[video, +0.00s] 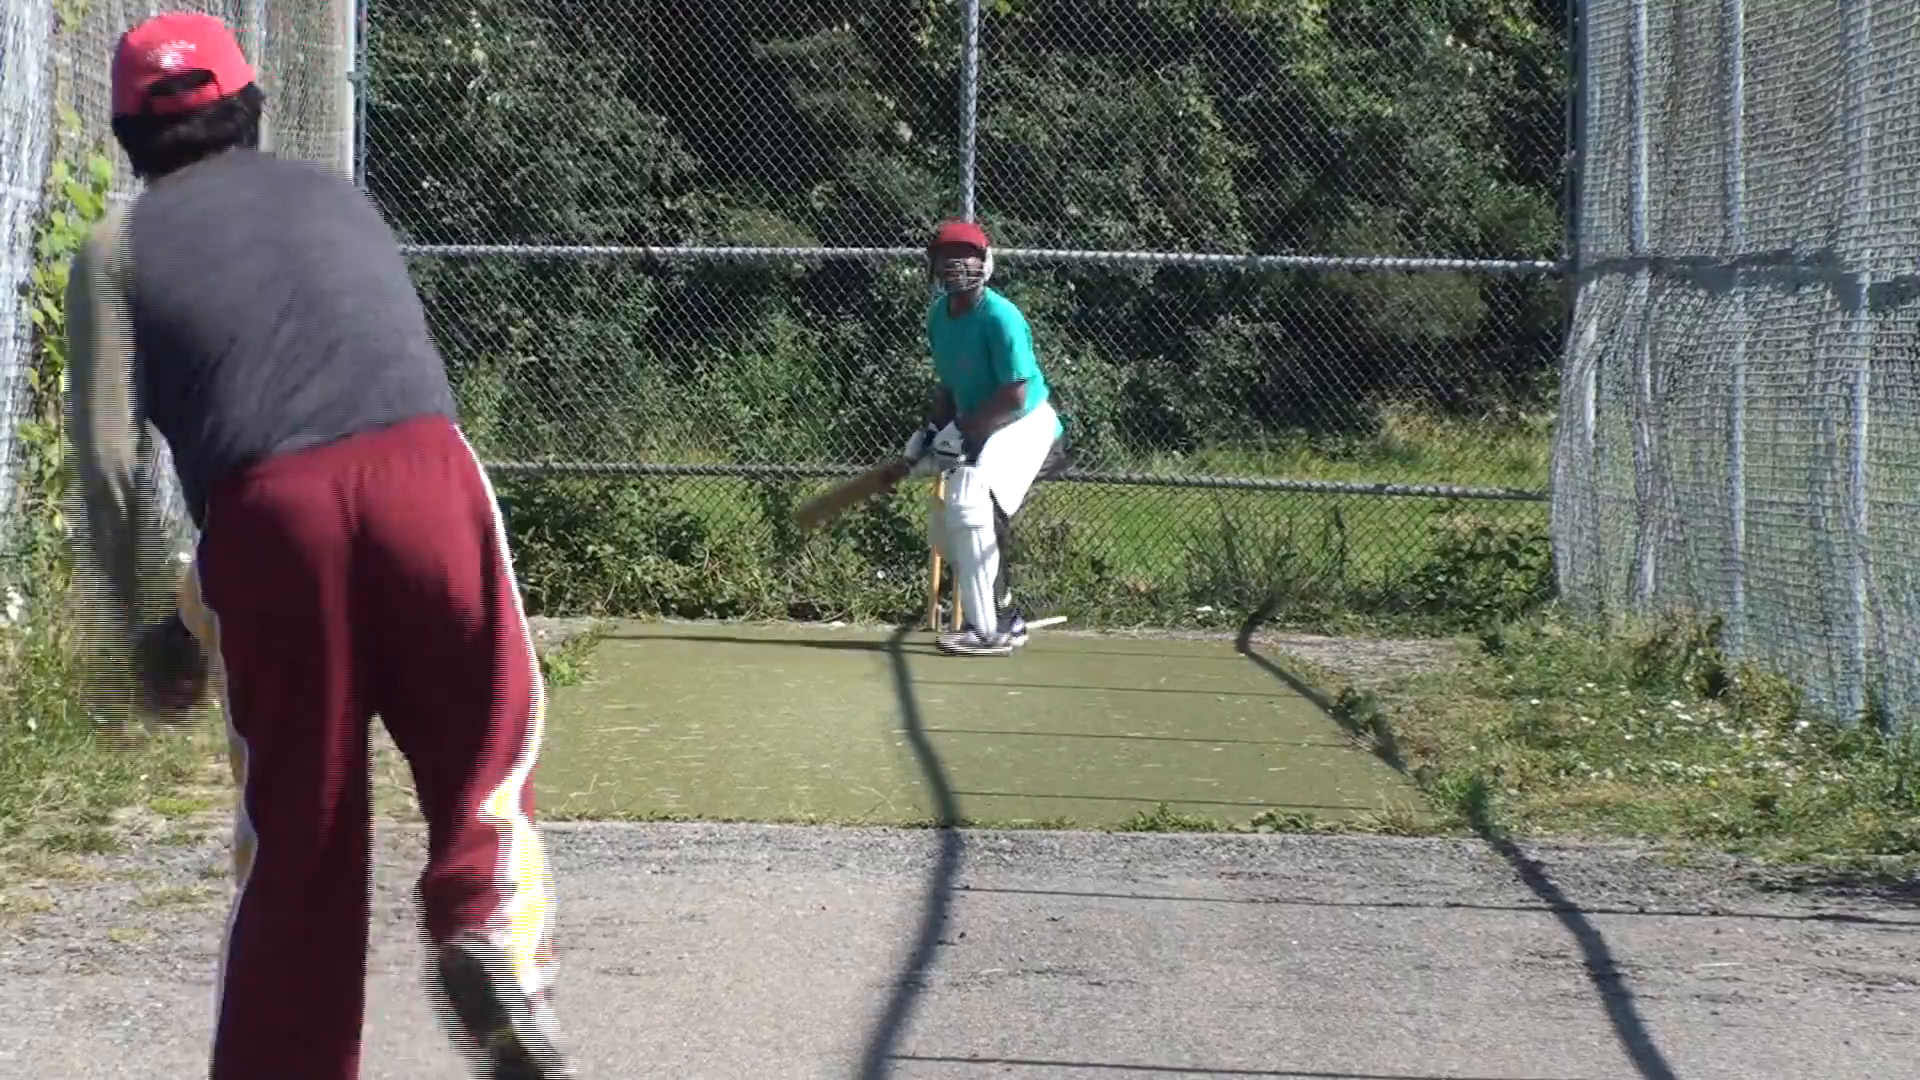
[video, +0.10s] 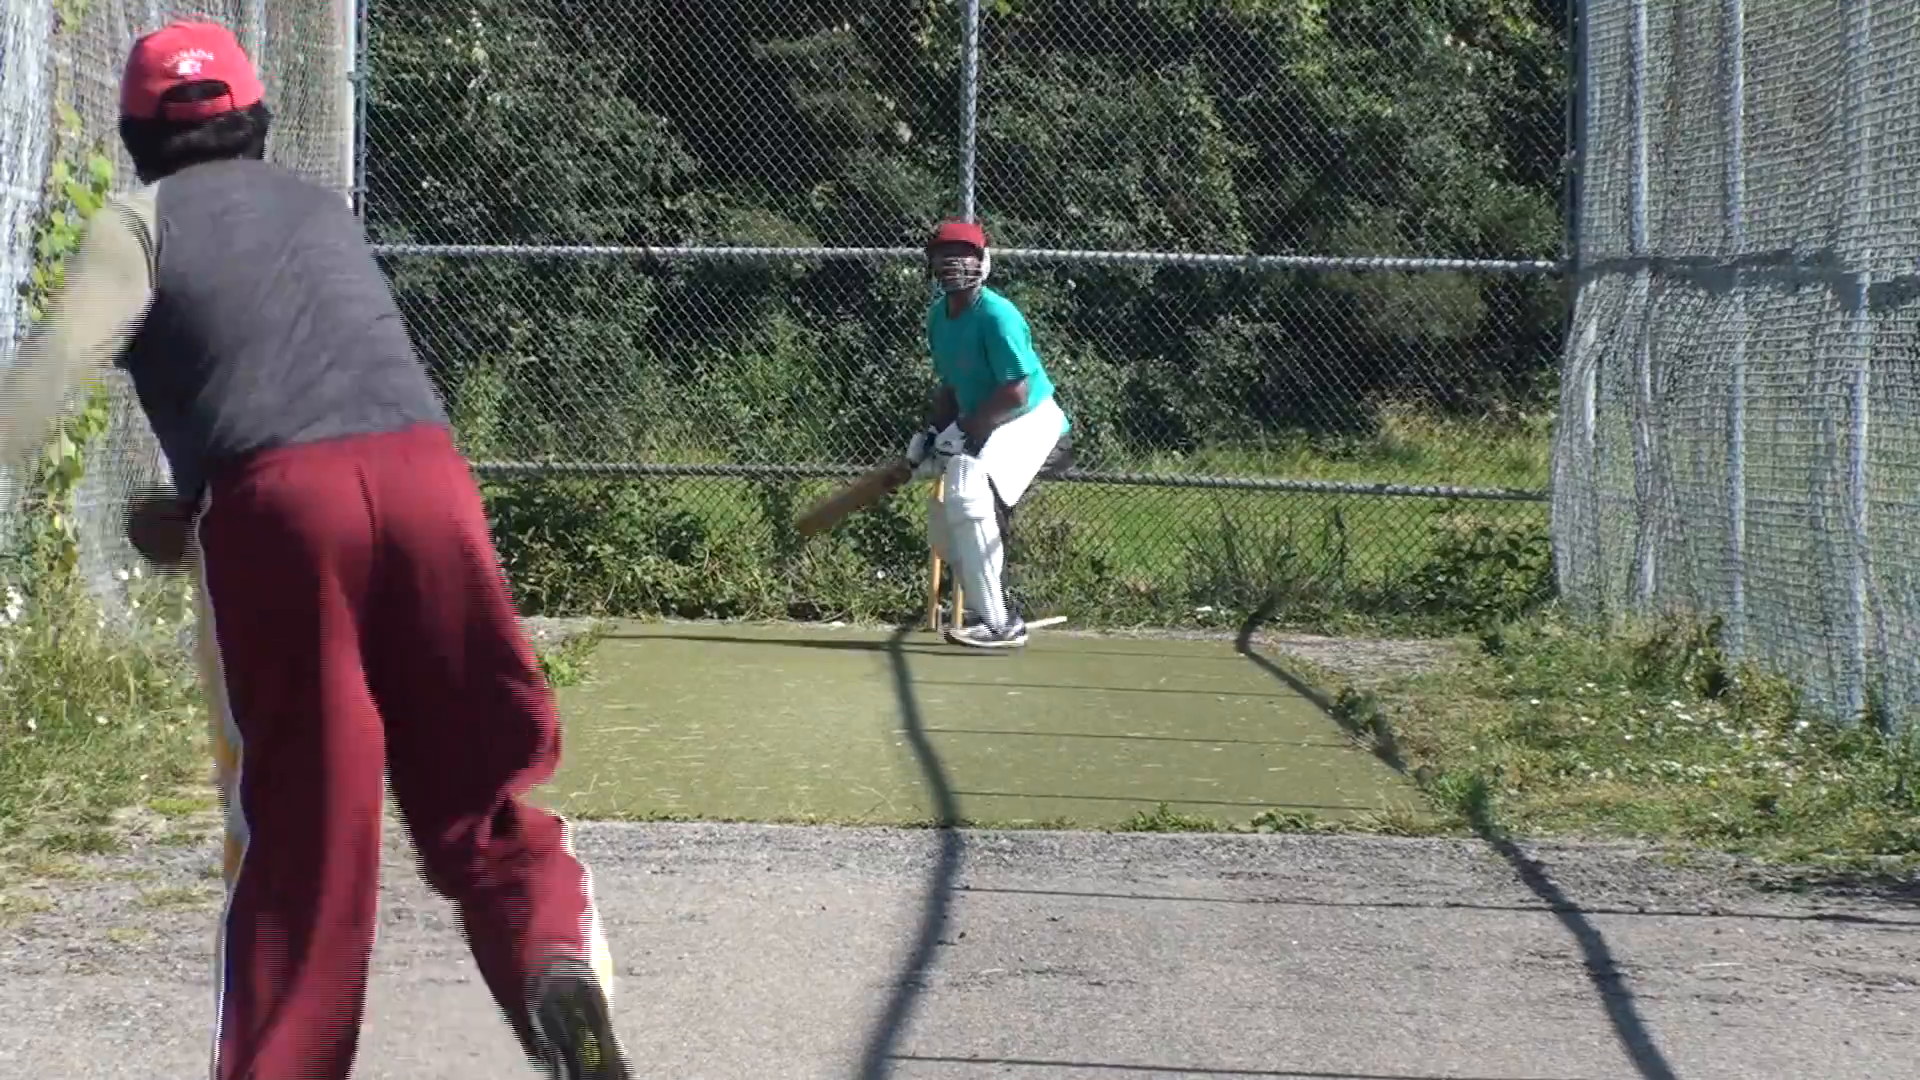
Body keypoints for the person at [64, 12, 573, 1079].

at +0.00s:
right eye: (231, 105)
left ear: (129, 136)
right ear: (252, 111)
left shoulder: (116, 243)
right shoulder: (336, 192)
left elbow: (112, 461)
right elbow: (378, 359)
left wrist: (149, 622)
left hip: (272, 506)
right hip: (426, 468)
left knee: (301, 817)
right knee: (484, 736)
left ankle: (280, 1061)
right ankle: (486, 936)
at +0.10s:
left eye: (152, 122)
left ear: (139, 133)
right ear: (257, 118)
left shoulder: (139, 218)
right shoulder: (322, 200)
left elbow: (58, 357)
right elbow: (328, 382)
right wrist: (197, 504)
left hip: (285, 497)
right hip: (428, 475)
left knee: (305, 812)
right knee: (479, 766)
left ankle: (280, 1060)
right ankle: (556, 961)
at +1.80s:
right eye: (164, 180)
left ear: (63, 189)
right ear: (176, 189)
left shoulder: (18, 270)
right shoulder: (237, 279)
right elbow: (294, 455)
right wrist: (264, 585)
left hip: (48, 528)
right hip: (203, 529)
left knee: (17, 825)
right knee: (243, 819)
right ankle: (297, 1060)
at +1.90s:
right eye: (191, 166)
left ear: (92, 176)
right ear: (204, 181)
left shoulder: (32, 272)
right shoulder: (259, 275)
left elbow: (11, 403)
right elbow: (319, 449)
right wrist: (289, 583)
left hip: (60, 538)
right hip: (213, 539)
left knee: (19, 829)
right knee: (256, 829)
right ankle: (300, 1061)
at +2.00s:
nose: (224, 163)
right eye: (230, 149)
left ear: (132, 161)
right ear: (239, 162)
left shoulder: (58, 261)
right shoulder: (290, 267)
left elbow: (11, 424)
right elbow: (339, 454)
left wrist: (26, 533)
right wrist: (310, 584)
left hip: (65, 538)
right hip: (224, 542)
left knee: (29, 825)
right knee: (282, 820)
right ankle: (284, 1053)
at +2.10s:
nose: (303, 143)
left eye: (295, 128)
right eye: (298, 133)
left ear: (184, 148)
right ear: (285, 150)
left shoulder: (117, 245)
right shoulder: (327, 260)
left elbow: (62, 408)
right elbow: (368, 457)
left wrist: (121, 492)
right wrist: (359, 585)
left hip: (103, 543)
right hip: (250, 551)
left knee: (46, 822)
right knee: (308, 845)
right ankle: (243, 1064)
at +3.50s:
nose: (1181, 173)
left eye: (1180, 155)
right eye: (1173, 155)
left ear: (1082, 156)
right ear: (1144, 165)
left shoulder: (1086, 260)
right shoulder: (1055, 256)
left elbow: (1129, 443)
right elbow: (1016, 452)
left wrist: (1260, 504)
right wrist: (1120, 614)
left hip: (1027, 563)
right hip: (976, 564)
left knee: (1095, 835)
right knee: (1061, 832)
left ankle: (1030, 1065)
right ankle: (876, 1044)